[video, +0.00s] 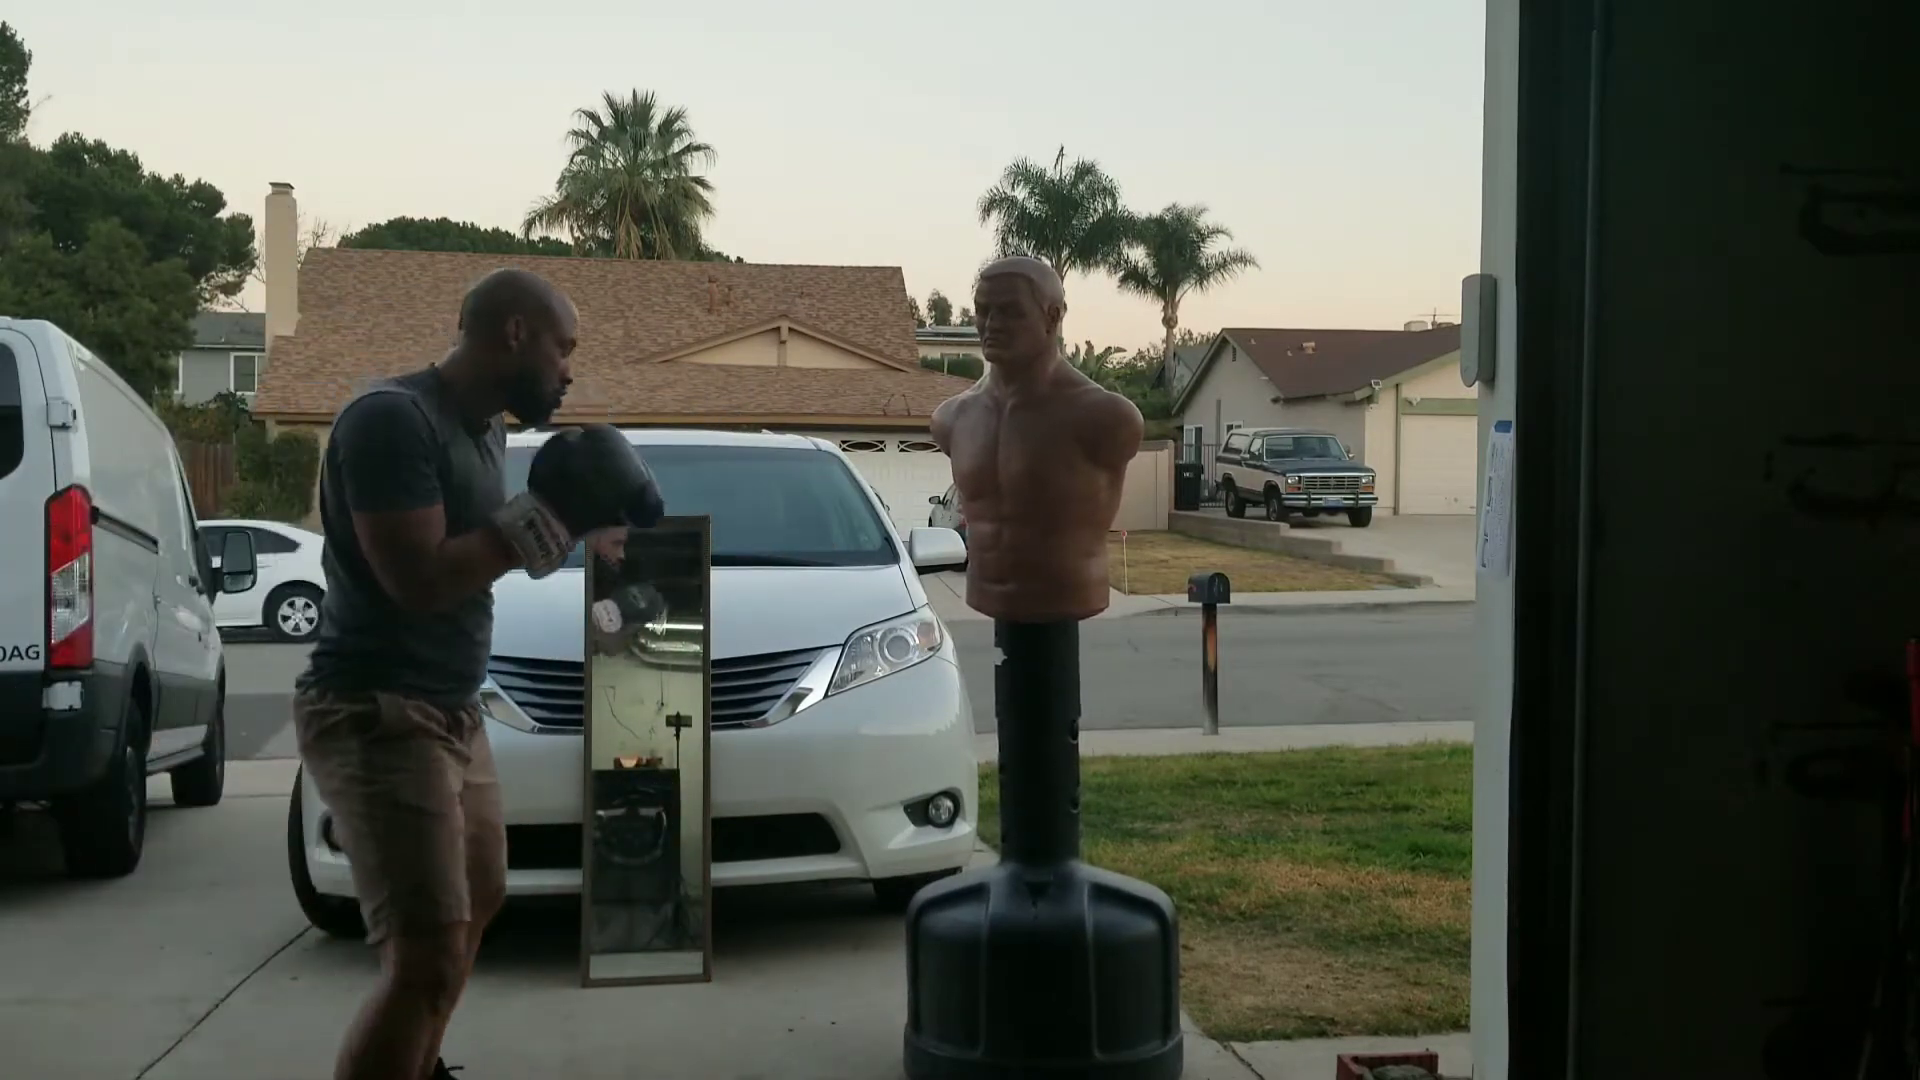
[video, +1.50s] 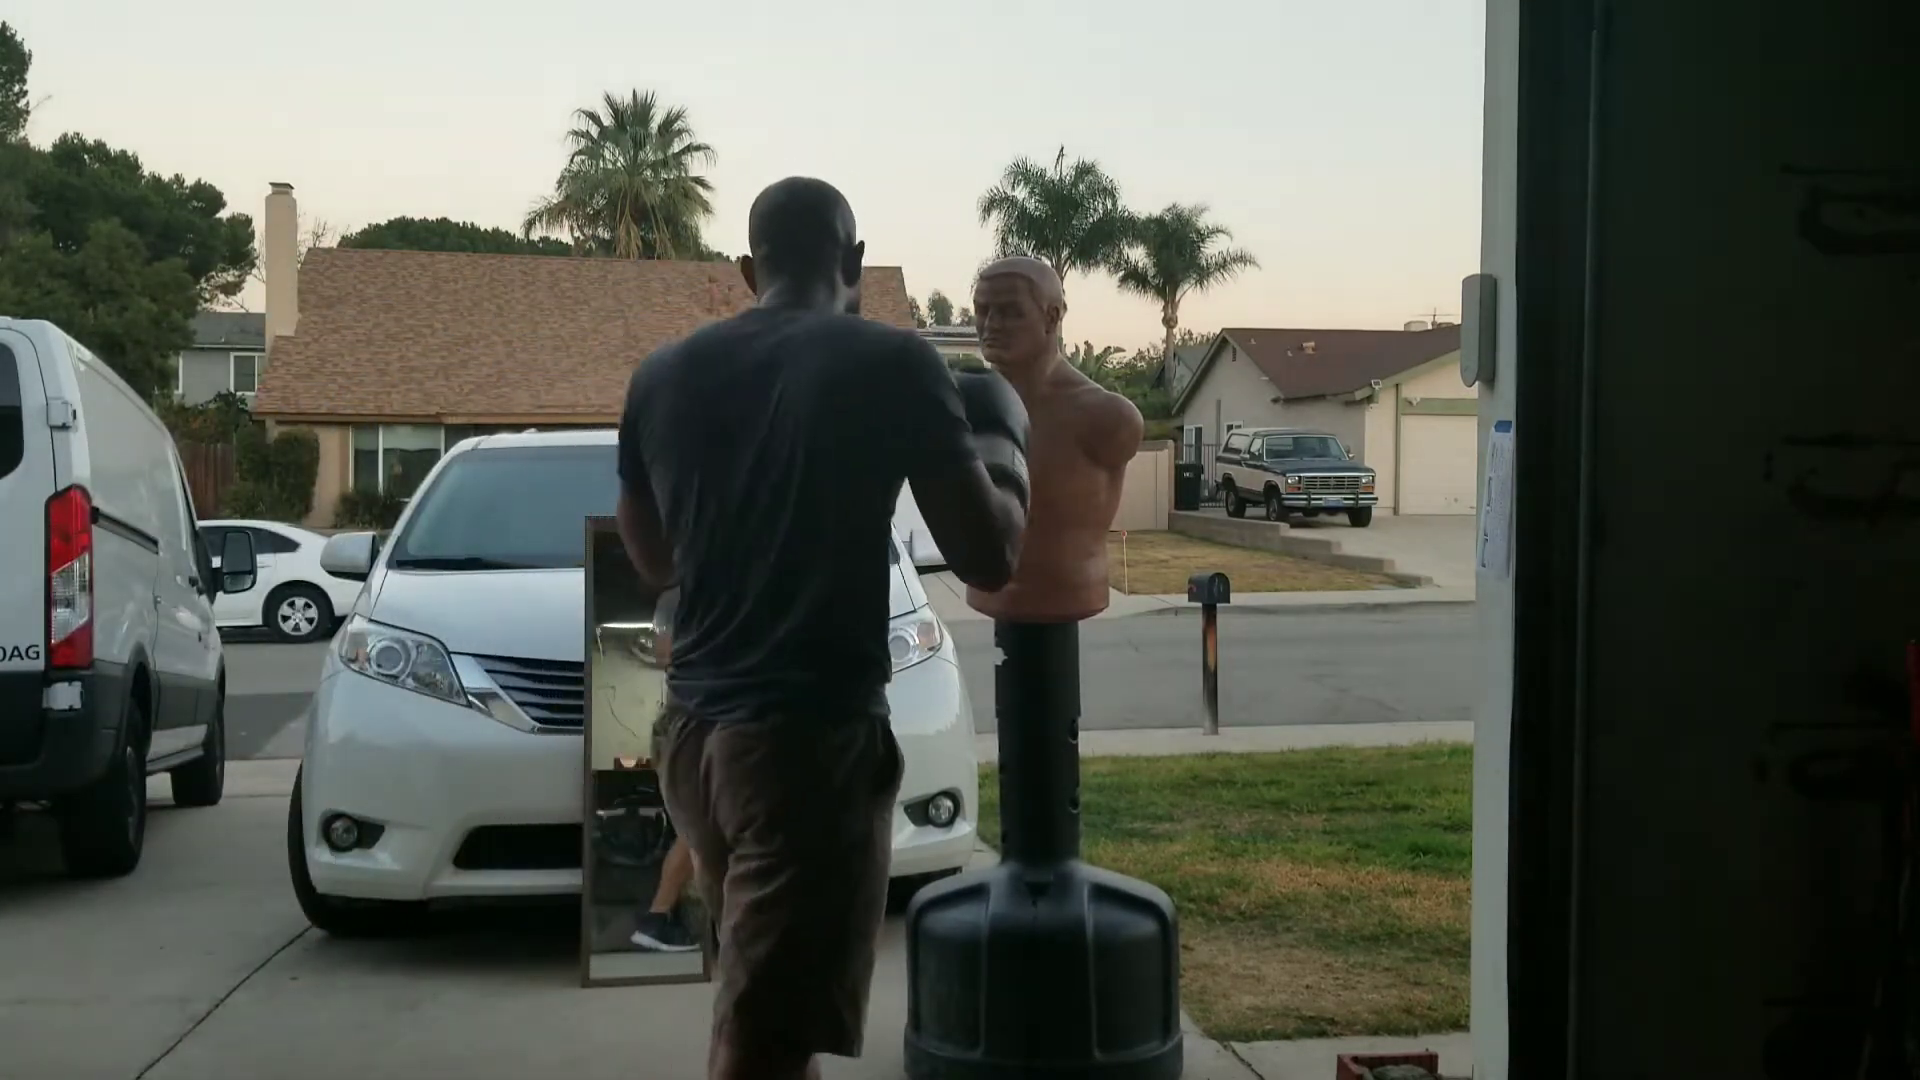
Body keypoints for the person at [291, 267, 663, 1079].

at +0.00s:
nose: (570, 370)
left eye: (572, 351)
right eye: (563, 348)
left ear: (509, 337)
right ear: (513, 335)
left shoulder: (480, 433)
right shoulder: (388, 420)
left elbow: (472, 560)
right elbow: (421, 581)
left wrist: (571, 524)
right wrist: (544, 519)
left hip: (450, 713)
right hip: (376, 715)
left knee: (479, 894)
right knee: (430, 952)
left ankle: (416, 1060)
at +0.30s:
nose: (645, 325)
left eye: (647, 310)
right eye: (642, 306)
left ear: (545, 296)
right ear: (617, 303)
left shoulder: (491, 361)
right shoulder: (557, 363)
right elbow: (665, 505)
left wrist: (648, 393)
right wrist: (719, 399)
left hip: (530, 689)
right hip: (492, 691)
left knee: (624, 861)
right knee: (480, 969)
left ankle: (632, 1070)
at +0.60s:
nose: (817, 420)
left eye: (819, 400)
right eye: (816, 397)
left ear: (743, 382)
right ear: (780, 388)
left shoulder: (689, 444)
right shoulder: (687, 447)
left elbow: (722, 598)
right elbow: (734, 622)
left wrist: (798, 549)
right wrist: (817, 543)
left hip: (613, 738)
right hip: (571, 747)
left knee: (726, 894)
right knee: (722, 993)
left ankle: (676, 1061)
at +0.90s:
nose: (838, 291)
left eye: (840, 275)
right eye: (837, 272)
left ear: (727, 263)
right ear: (817, 265)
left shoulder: (640, 334)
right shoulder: (774, 336)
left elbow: (734, 301)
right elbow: (889, 488)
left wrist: (833, 299)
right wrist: (920, 358)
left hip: (586, 690)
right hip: (670, 694)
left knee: (674, 932)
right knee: (751, 990)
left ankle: (669, 1073)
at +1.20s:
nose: (866, 284)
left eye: (862, 262)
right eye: (864, 261)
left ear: (747, 261)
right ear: (843, 264)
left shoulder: (636, 370)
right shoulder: (800, 369)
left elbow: (600, 563)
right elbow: (870, 581)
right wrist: (904, 437)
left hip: (633, 746)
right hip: (734, 752)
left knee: (715, 1032)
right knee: (760, 1044)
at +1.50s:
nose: (861, 275)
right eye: (862, 262)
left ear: (748, 269)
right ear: (855, 260)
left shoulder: (662, 373)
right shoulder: (892, 359)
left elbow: (655, 566)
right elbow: (987, 556)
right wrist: (1001, 439)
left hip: (691, 738)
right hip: (810, 747)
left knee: (762, 1000)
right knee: (762, 1033)